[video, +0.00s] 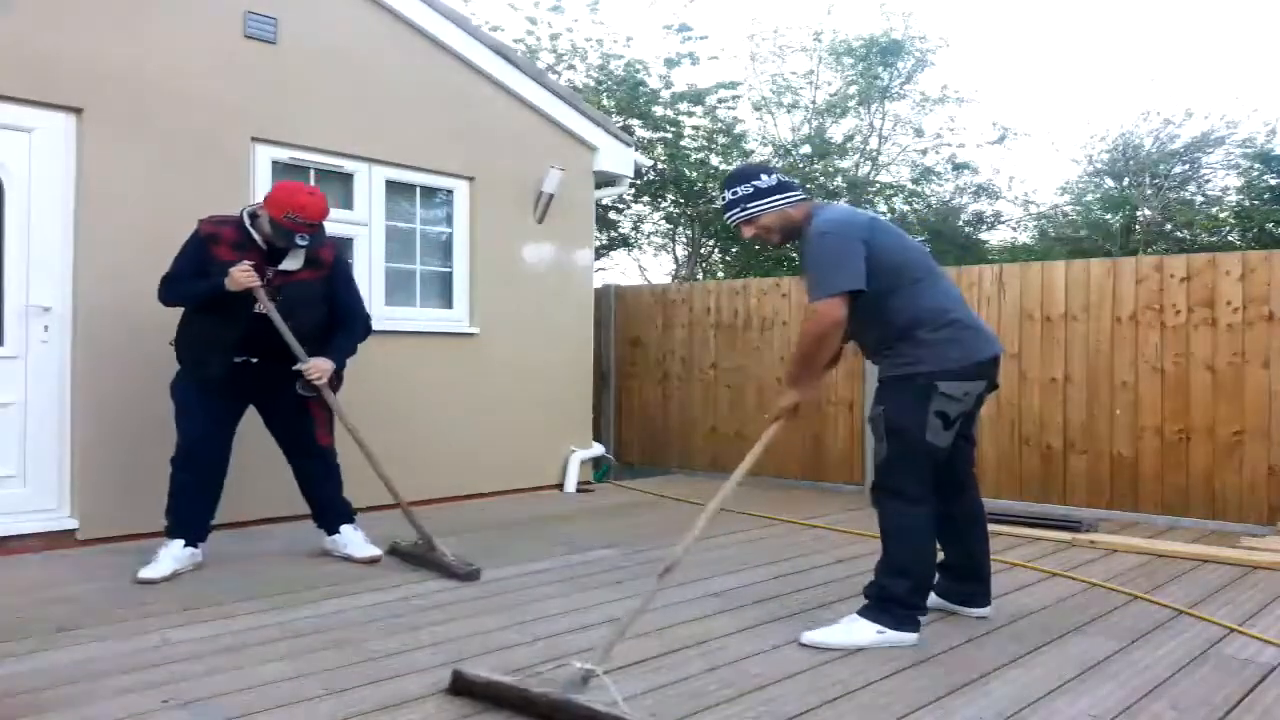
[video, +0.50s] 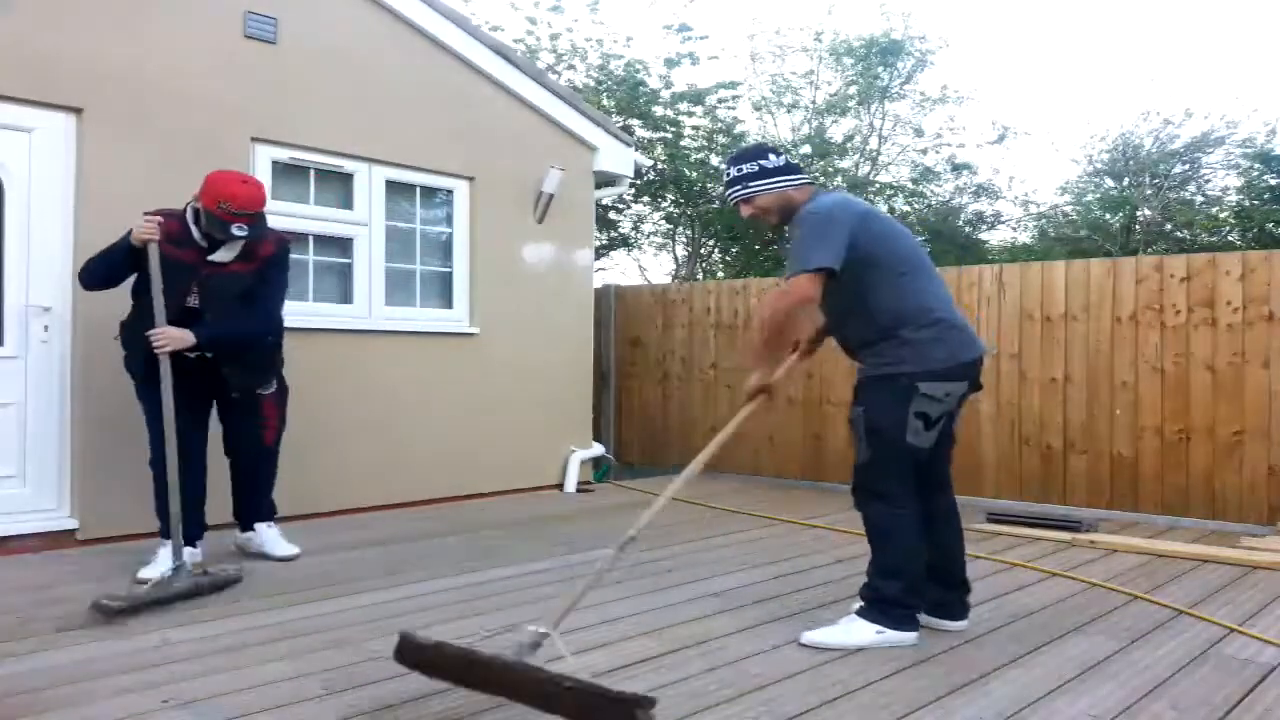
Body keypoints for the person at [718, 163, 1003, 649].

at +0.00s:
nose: (751, 235)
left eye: (749, 222)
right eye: (743, 229)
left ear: (773, 203)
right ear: (779, 202)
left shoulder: (828, 229)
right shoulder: (843, 223)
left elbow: (828, 318)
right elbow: (849, 326)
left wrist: (797, 382)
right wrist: (804, 383)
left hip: (926, 365)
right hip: (962, 358)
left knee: (901, 487)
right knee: (951, 480)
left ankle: (892, 614)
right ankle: (966, 590)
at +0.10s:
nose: (743, 234)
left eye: (741, 222)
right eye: (736, 228)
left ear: (765, 202)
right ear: (772, 199)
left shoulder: (819, 227)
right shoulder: (840, 221)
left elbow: (811, 315)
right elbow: (858, 312)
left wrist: (773, 386)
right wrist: (807, 354)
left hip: (920, 364)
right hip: (960, 356)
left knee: (897, 488)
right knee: (948, 481)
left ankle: (892, 614)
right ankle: (962, 589)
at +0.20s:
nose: (740, 232)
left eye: (737, 218)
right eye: (732, 225)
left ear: (761, 200)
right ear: (769, 197)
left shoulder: (813, 228)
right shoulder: (836, 222)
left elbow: (792, 320)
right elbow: (841, 319)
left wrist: (756, 390)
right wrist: (787, 357)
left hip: (917, 363)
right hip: (956, 355)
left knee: (894, 488)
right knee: (942, 479)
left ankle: (892, 615)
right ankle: (957, 592)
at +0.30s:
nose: (736, 225)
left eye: (737, 211)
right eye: (730, 217)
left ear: (766, 196)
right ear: (775, 197)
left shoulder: (810, 225)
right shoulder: (836, 222)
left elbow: (779, 311)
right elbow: (824, 319)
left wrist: (743, 386)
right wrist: (772, 355)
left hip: (915, 363)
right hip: (955, 356)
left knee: (890, 488)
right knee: (939, 482)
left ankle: (892, 614)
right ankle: (955, 597)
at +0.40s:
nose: (739, 219)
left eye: (740, 205)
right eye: (733, 211)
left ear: (768, 192)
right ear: (780, 192)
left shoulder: (811, 219)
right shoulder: (835, 218)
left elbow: (787, 298)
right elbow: (837, 314)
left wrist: (743, 374)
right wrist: (784, 347)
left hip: (911, 363)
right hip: (951, 357)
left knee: (886, 487)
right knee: (935, 484)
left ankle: (890, 615)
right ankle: (948, 601)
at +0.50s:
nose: (746, 213)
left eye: (746, 199)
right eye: (740, 204)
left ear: (774, 185)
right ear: (786, 184)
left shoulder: (822, 213)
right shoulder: (844, 210)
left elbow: (803, 293)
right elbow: (861, 293)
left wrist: (763, 365)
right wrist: (815, 335)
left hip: (907, 363)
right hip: (947, 357)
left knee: (881, 486)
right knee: (927, 481)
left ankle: (889, 614)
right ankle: (945, 601)